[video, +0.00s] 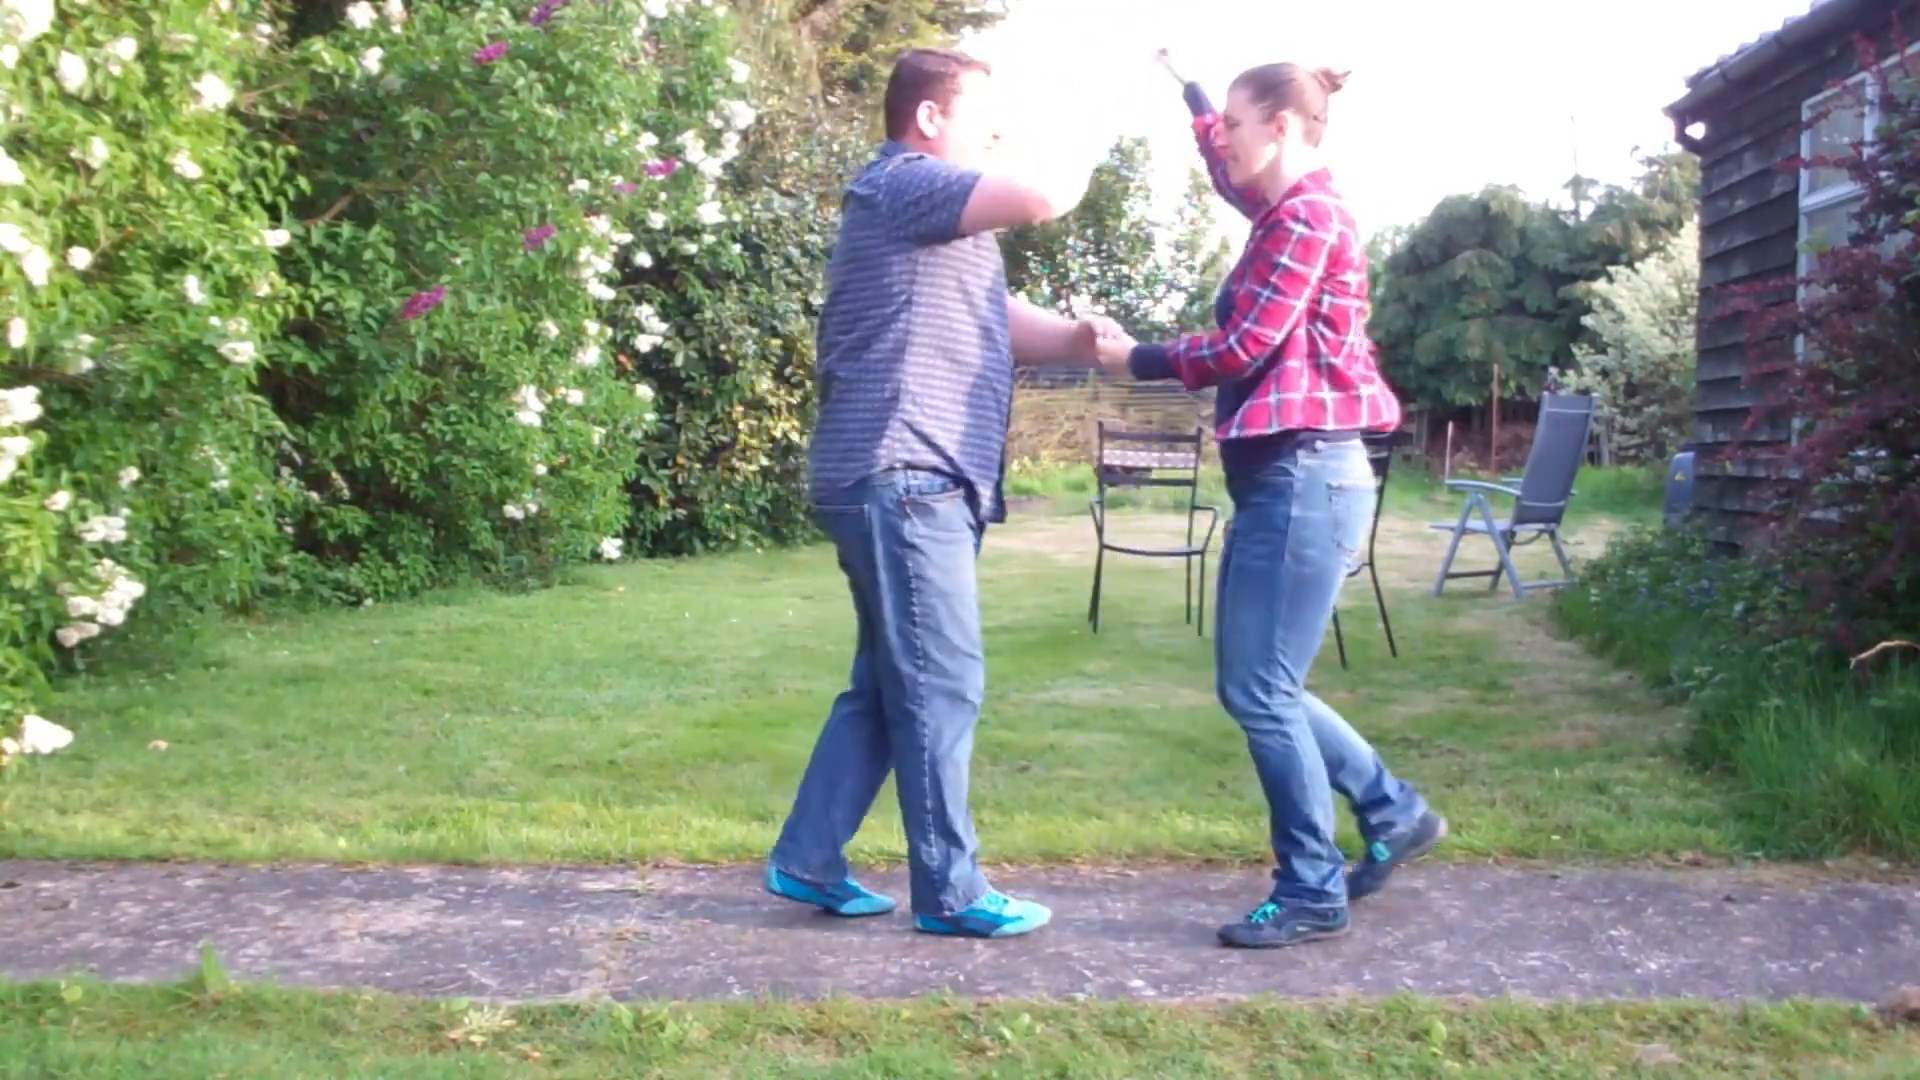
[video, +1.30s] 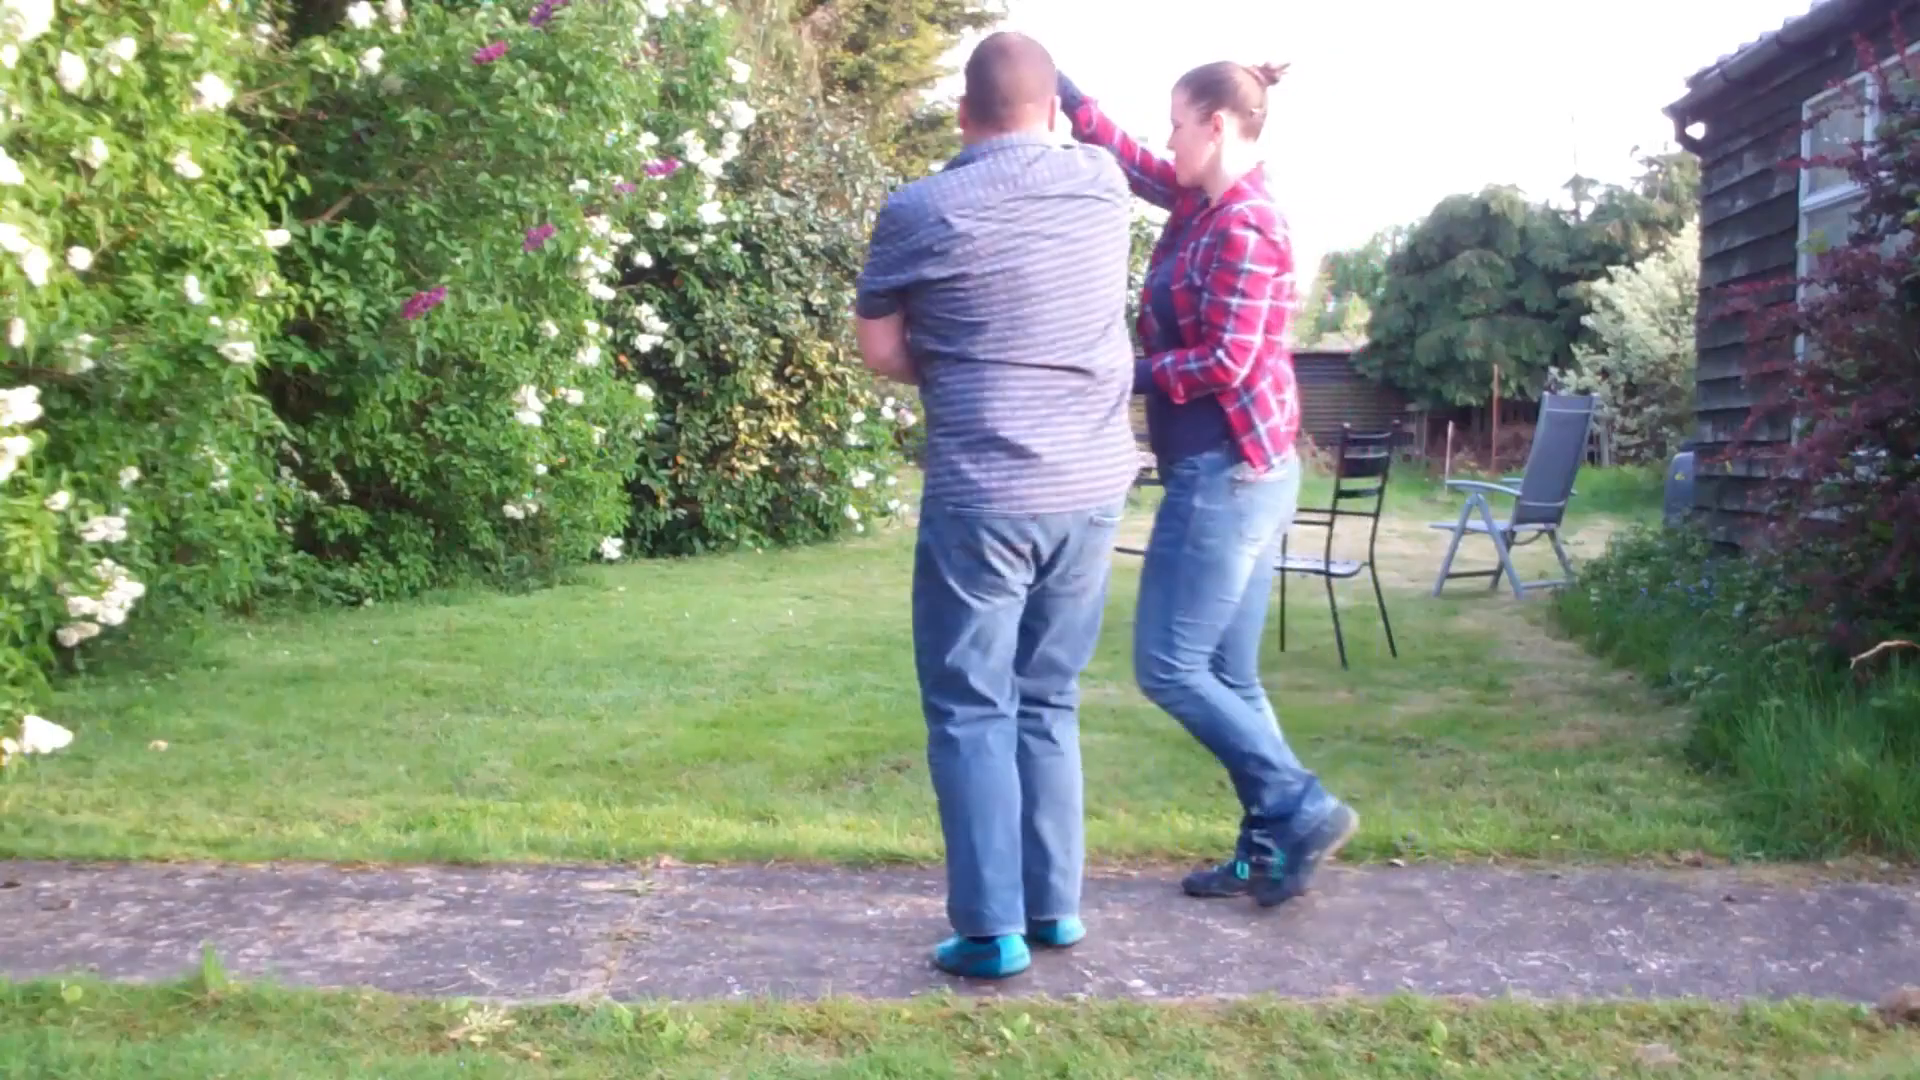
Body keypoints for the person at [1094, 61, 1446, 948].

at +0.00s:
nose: (1221, 140)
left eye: (1235, 124)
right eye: (1220, 127)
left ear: (1287, 130)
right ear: (1287, 133)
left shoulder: (1308, 213)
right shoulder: (1294, 212)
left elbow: (1240, 349)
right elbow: (1234, 181)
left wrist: (1137, 357)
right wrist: (1199, 108)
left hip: (1305, 474)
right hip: (1296, 471)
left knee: (1260, 689)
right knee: (1262, 683)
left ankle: (1312, 890)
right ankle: (1394, 812)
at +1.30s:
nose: (1167, 140)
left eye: (1176, 124)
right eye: (1170, 125)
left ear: (1218, 127)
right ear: (1224, 128)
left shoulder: (1243, 224)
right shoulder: (1204, 201)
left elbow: (1227, 362)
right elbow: (1127, 157)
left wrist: (1127, 373)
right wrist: (1060, 88)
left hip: (1226, 466)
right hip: (1251, 462)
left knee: (1168, 665)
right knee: (1230, 668)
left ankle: (1304, 811)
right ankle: (1265, 849)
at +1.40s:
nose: (1129, 143)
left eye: (1141, 129)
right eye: (1131, 128)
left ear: (1187, 132)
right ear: (1192, 135)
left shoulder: (1205, 224)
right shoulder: (1198, 215)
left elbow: (1187, 360)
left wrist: (1089, 380)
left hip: (1195, 475)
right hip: (1241, 472)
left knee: (1116, 662)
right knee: (1213, 669)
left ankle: (1196, 838)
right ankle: (1276, 848)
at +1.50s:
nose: (1106, 152)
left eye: (1115, 135)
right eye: (1108, 136)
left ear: (1152, 135)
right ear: (1163, 136)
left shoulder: (1169, 228)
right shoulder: (1191, 212)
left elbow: (1152, 368)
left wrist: (1069, 410)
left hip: (1166, 482)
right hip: (1213, 474)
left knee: (1075, 669)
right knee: (1193, 678)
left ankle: (1105, 860)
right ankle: (1270, 846)